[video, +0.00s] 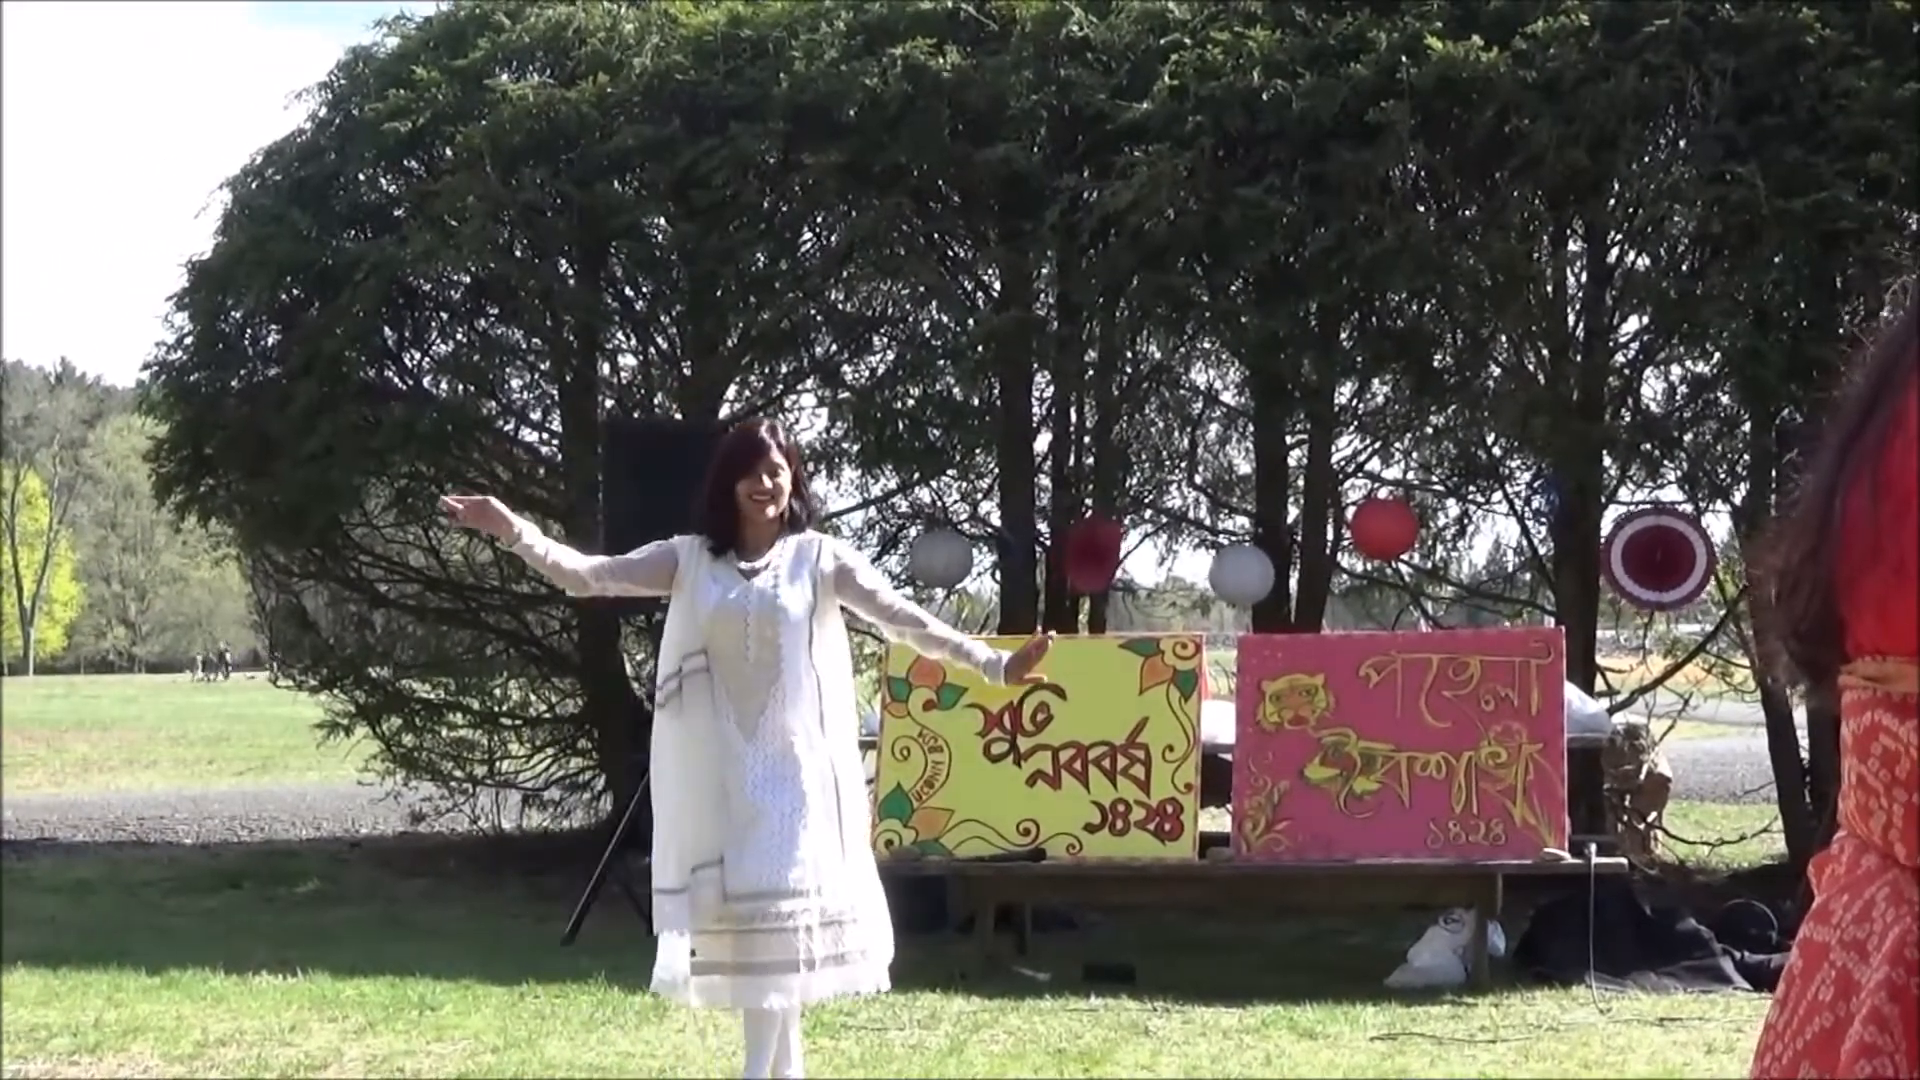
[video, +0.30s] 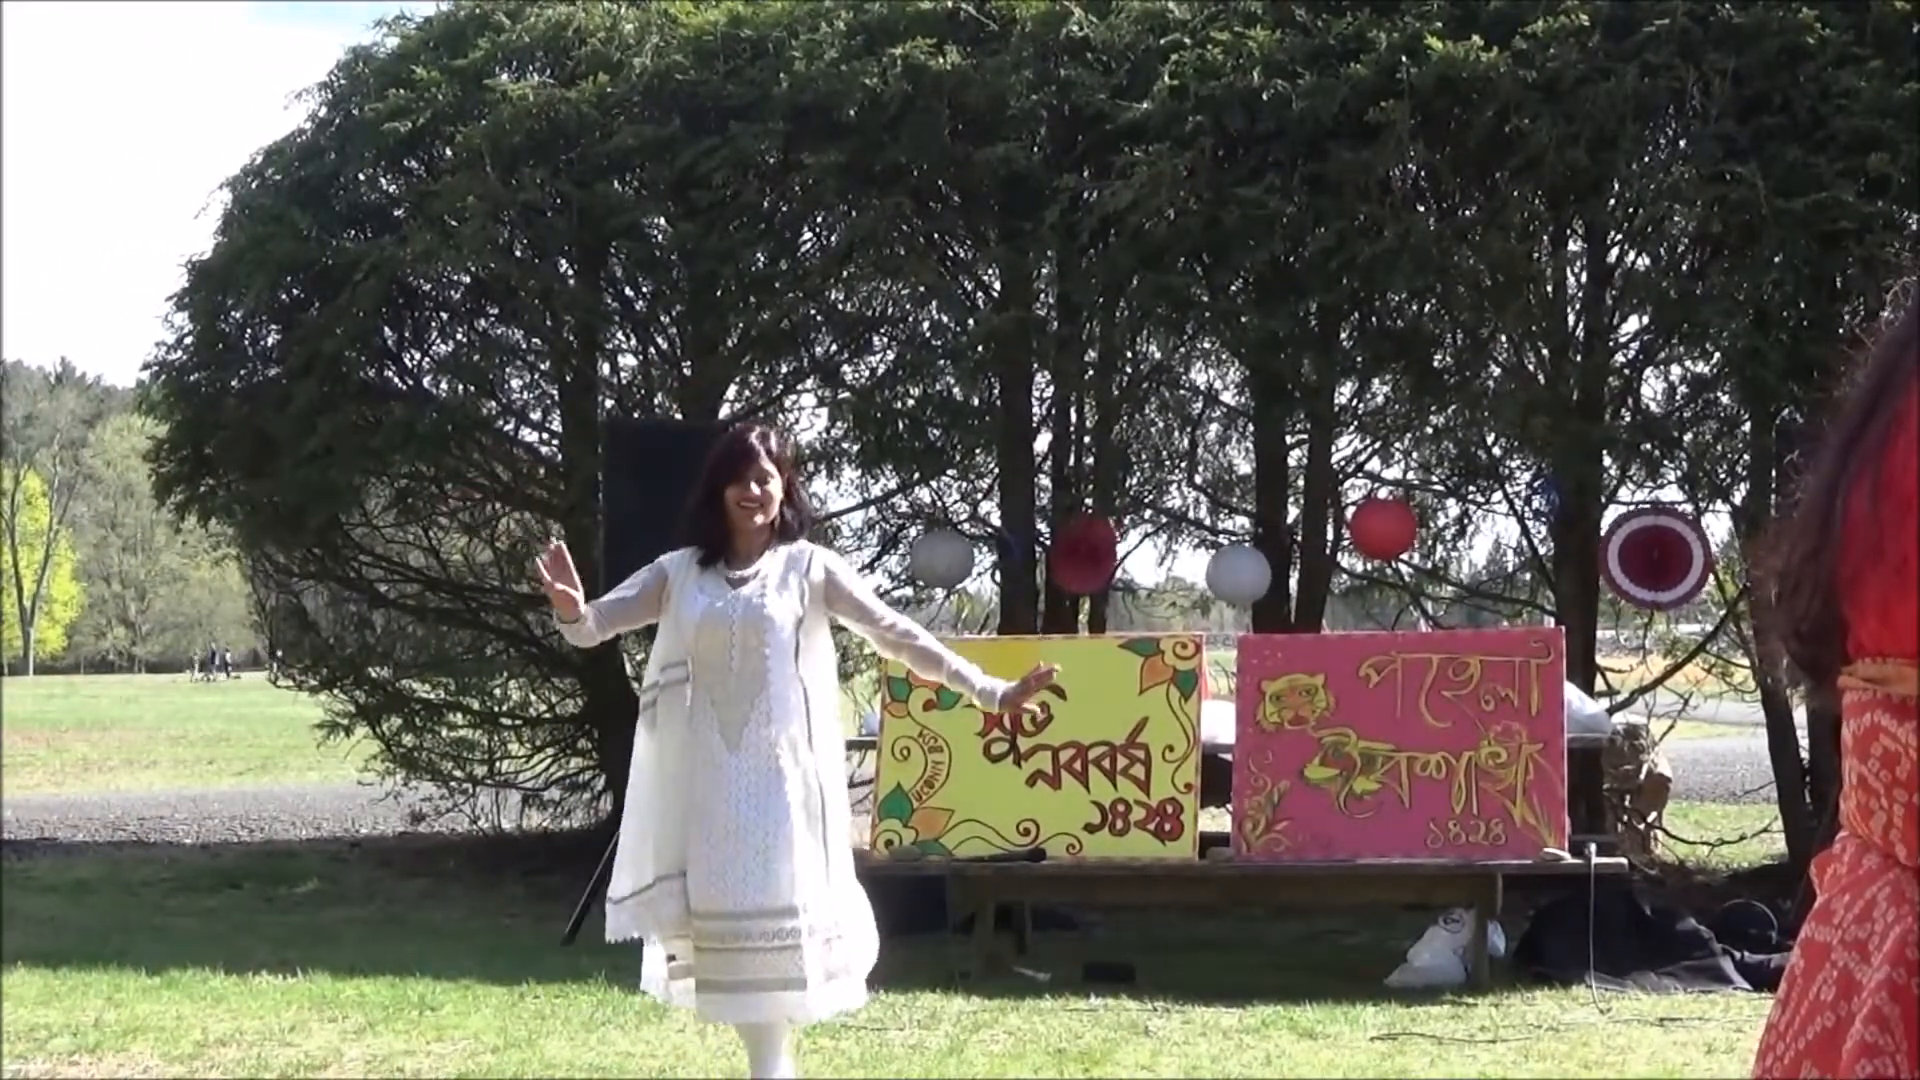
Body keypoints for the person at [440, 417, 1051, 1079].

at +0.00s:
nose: (768, 483)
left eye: (777, 471)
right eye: (753, 472)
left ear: (793, 480)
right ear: (727, 483)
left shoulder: (820, 557)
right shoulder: (693, 558)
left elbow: (907, 619)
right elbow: (584, 575)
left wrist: (994, 660)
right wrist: (513, 528)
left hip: (799, 758)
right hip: (720, 756)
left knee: (770, 908)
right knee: (753, 911)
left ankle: (763, 1068)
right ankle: (783, 1063)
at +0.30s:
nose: (752, 489)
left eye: (764, 477)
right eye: (739, 477)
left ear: (785, 487)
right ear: (718, 488)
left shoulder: (809, 567)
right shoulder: (679, 571)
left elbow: (898, 636)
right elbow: (589, 629)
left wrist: (991, 691)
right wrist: (569, 603)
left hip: (782, 769)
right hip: (698, 769)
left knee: (773, 918)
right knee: (724, 920)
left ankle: (770, 1066)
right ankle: (770, 1065)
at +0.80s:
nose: (706, 506)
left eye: (723, 495)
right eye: (696, 493)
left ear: (748, 509)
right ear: (678, 503)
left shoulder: (768, 595)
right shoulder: (635, 597)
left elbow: (861, 673)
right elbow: (560, 684)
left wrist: (965, 725)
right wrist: (596, 672)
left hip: (739, 815)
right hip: (646, 809)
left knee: (750, 966)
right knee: (598, 939)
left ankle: (758, 1069)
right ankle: (646, 1072)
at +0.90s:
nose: (685, 500)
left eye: (702, 490)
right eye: (675, 487)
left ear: (726, 506)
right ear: (655, 498)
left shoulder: (745, 593)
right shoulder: (611, 591)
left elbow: (825, 676)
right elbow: (541, 684)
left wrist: (932, 693)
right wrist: (591, 662)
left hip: (722, 821)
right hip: (622, 821)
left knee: (744, 983)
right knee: (606, 980)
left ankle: (758, 1068)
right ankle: (641, 1075)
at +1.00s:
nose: (654, 492)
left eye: (672, 481)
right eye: (644, 480)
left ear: (700, 499)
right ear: (629, 493)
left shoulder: (721, 590)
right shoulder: (589, 585)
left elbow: (778, 682)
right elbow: (525, 684)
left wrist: (853, 650)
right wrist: (583, 657)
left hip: (697, 817)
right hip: (600, 818)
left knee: (723, 984)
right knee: (603, 988)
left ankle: (738, 1068)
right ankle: (637, 1076)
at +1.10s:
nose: (622, 497)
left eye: (640, 484)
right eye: (613, 485)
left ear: (673, 499)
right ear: (601, 499)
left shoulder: (697, 587)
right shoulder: (567, 588)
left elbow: (727, 688)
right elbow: (499, 686)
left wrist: (725, 601)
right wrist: (559, 661)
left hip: (656, 799)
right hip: (571, 800)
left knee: (567, 929)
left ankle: (667, 1056)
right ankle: (642, 1070)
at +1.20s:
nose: (588, 499)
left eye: (605, 486)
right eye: (583, 487)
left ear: (642, 500)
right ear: (573, 498)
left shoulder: (667, 586)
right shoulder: (539, 591)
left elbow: (663, 674)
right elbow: (463, 681)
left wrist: (602, 589)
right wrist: (517, 666)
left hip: (620, 800)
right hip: (539, 802)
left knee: (515, 915)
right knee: (570, 967)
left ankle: (541, 1069)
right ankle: (633, 1070)